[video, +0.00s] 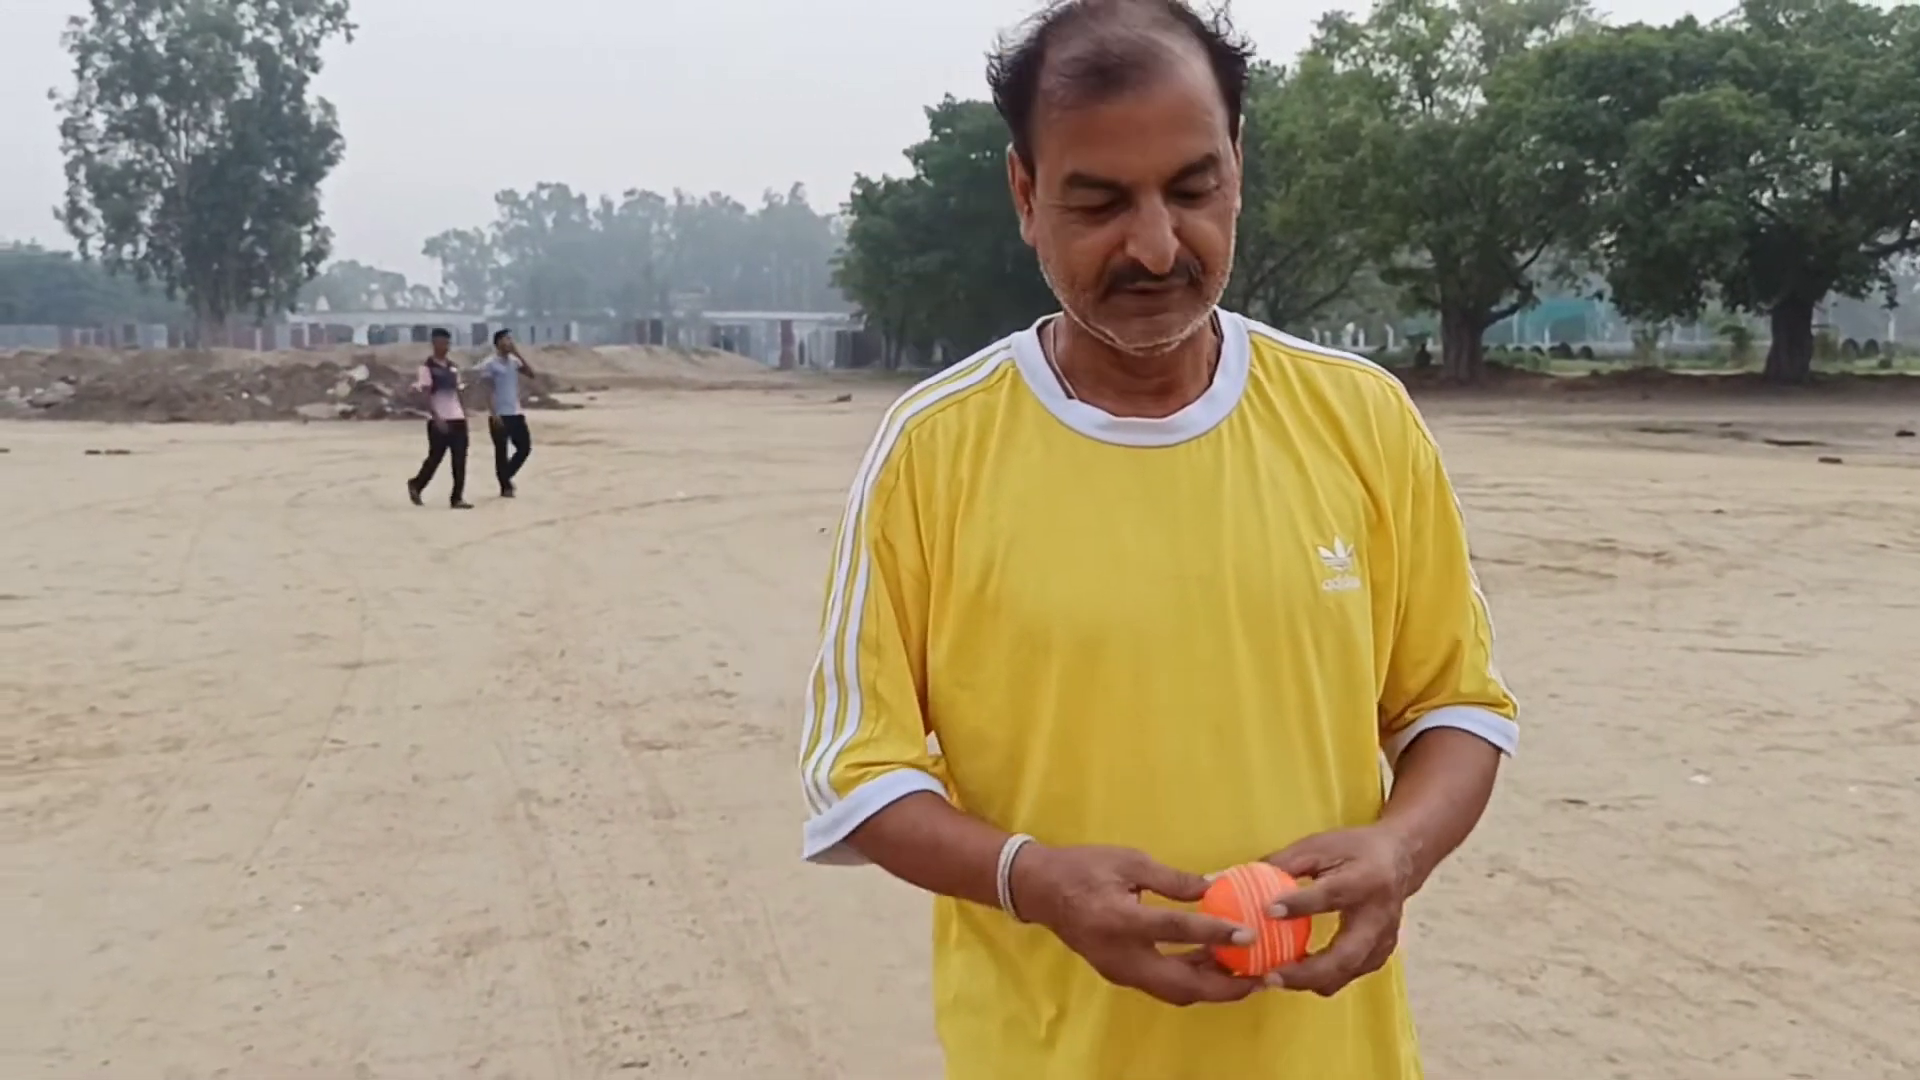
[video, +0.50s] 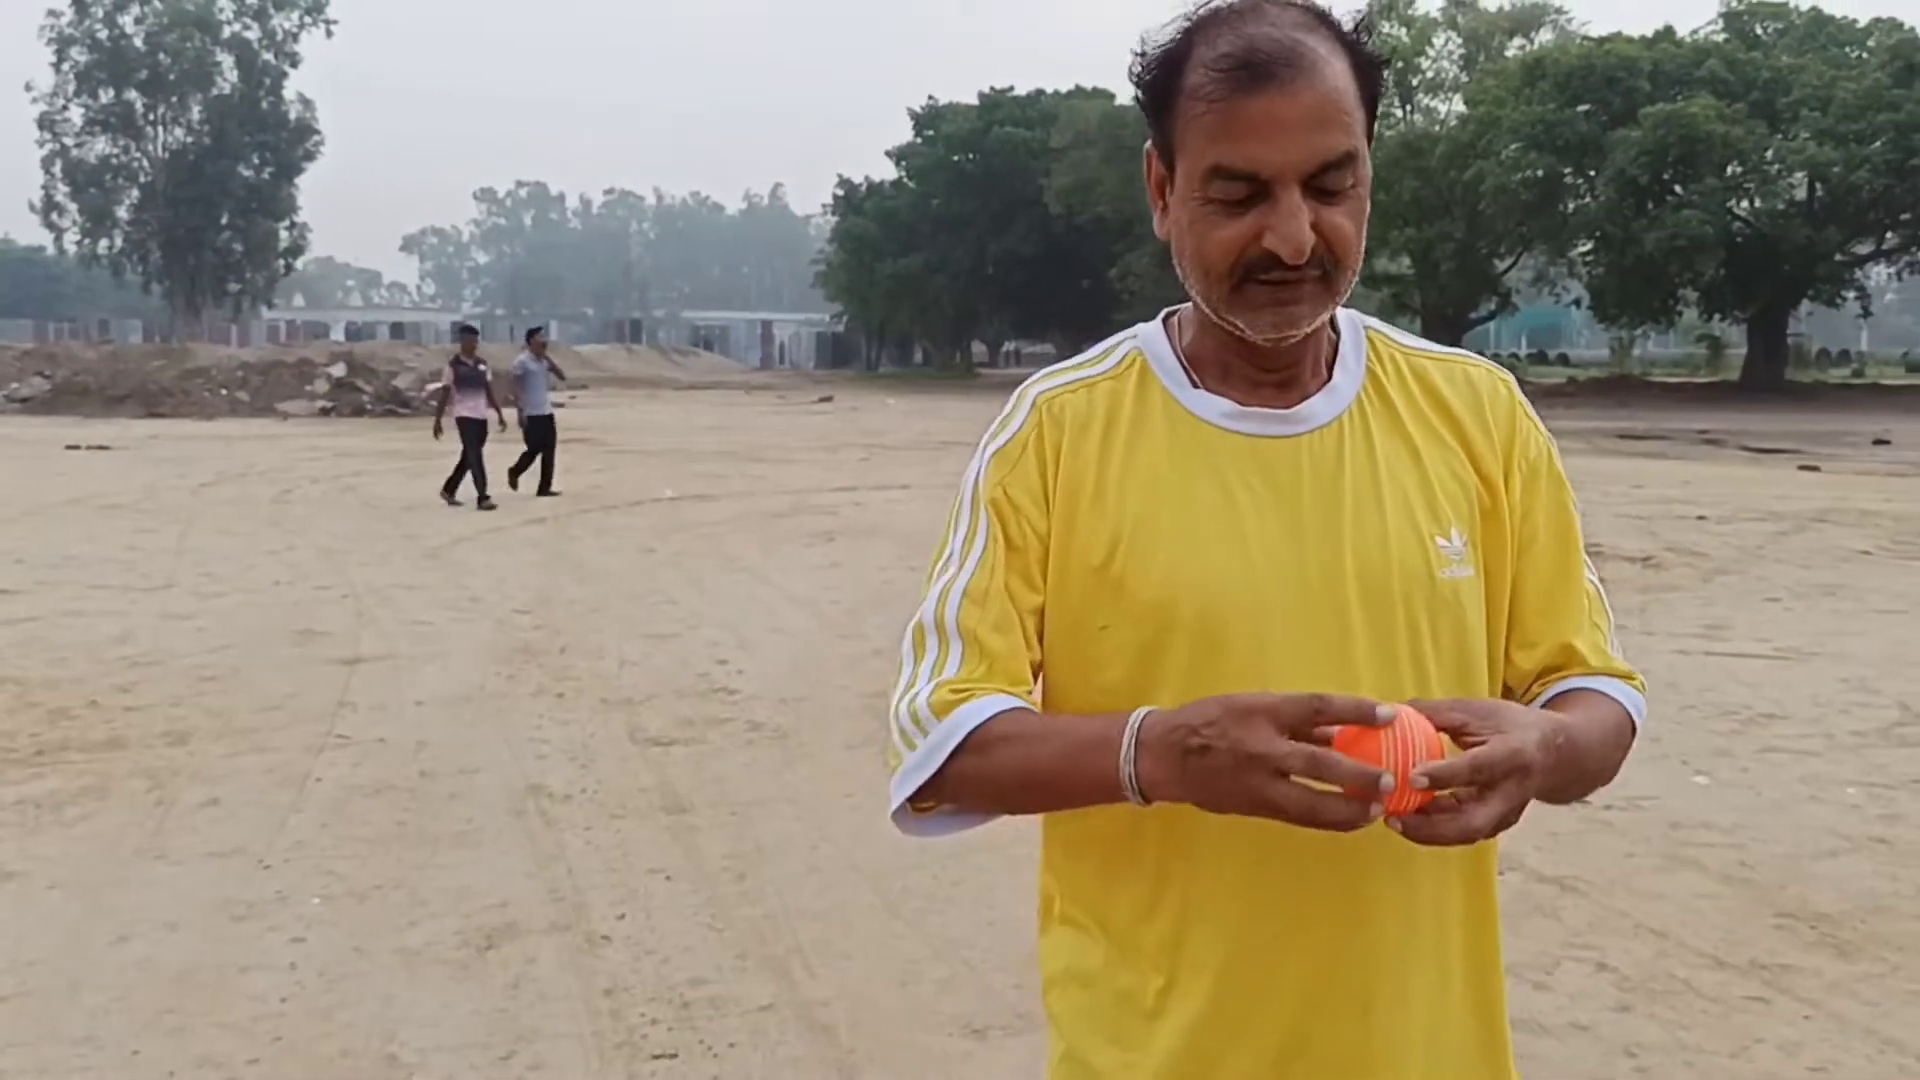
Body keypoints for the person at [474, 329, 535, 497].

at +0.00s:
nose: (510, 342)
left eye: (510, 339)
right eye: (506, 339)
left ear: (511, 342)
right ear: (498, 343)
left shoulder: (512, 362)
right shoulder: (490, 365)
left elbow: (530, 373)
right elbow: (487, 392)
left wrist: (516, 353)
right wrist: (493, 413)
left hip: (516, 414)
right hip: (499, 415)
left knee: (524, 448)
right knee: (501, 453)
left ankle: (507, 475)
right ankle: (504, 485)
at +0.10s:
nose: (521, 343)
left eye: (521, 339)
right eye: (517, 340)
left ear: (521, 343)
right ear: (509, 343)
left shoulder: (522, 361)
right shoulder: (500, 364)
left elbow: (539, 373)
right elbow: (499, 389)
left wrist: (526, 353)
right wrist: (508, 407)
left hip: (526, 414)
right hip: (508, 415)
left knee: (537, 449)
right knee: (507, 454)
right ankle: (508, 487)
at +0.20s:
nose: (532, 345)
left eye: (532, 341)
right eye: (528, 342)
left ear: (532, 344)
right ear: (519, 345)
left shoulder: (533, 364)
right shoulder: (510, 365)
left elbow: (550, 376)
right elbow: (508, 390)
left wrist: (537, 356)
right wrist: (525, 407)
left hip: (534, 416)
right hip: (517, 417)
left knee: (544, 453)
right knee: (513, 455)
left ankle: (556, 483)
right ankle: (510, 486)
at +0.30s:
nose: (540, 344)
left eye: (540, 340)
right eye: (536, 341)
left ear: (538, 345)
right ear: (528, 345)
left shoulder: (541, 364)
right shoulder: (518, 365)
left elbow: (559, 377)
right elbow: (516, 391)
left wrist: (544, 357)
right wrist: (532, 409)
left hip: (544, 416)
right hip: (525, 417)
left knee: (552, 453)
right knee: (518, 453)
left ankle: (559, 486)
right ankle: (509, 484)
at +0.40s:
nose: (543, 343)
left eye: (543, 340)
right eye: (539, 340)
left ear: (540, 344)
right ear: (531, 344)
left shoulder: (544, 363)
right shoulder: (522, 364)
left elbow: (562, 377)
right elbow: (517, 390)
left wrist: (548, 359)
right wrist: (529, 411)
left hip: (548, 415)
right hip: (531, 416)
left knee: (555, 452)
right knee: (525, 452)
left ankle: (553, 486)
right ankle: (508, 476)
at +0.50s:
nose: (543, 342)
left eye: (543, 338)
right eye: (539, 339)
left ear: (542, 341)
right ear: (530, 342)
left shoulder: (542, 361)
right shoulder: (521, 362)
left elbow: (561, 376)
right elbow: (515, 390)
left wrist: (547, 359)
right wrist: (520, 413)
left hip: (546, 413)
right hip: (531, 414)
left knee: (549, 452)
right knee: (534, 449)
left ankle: (545, 486)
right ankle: (514, 472)